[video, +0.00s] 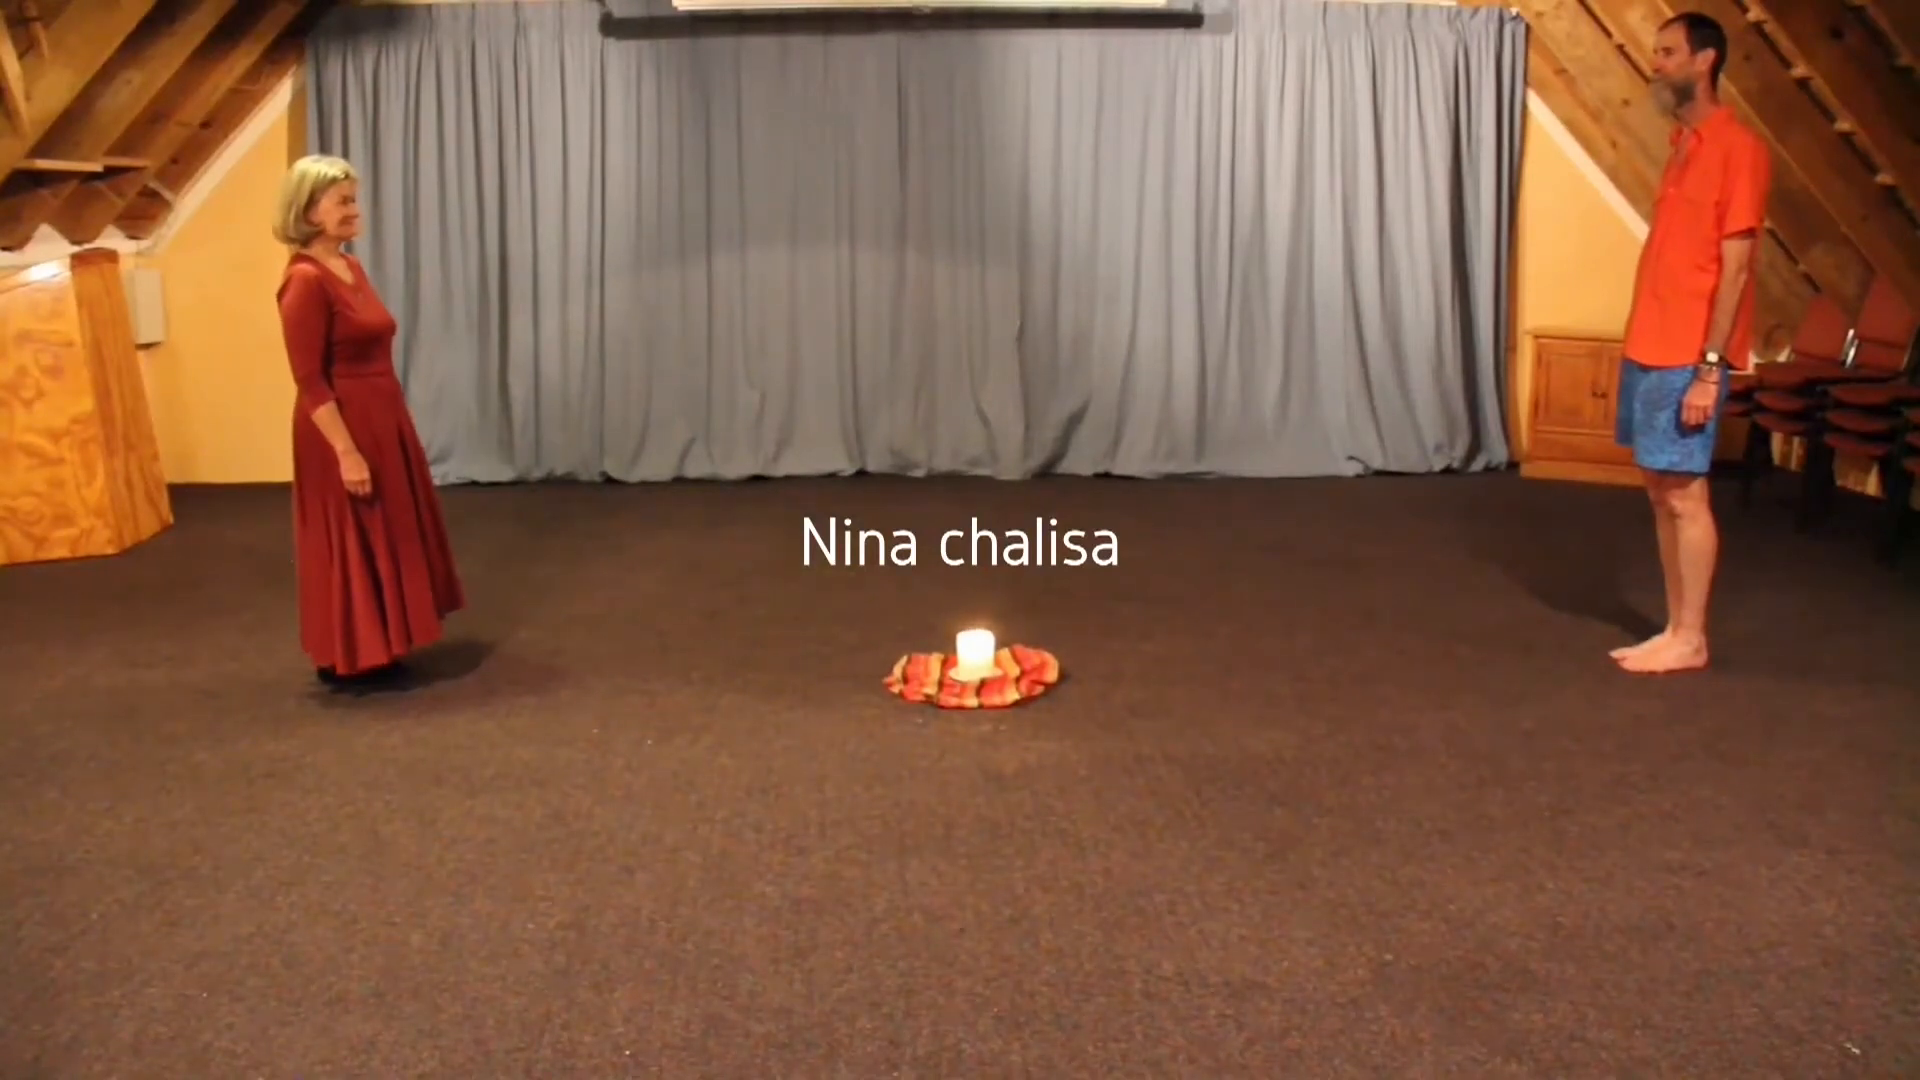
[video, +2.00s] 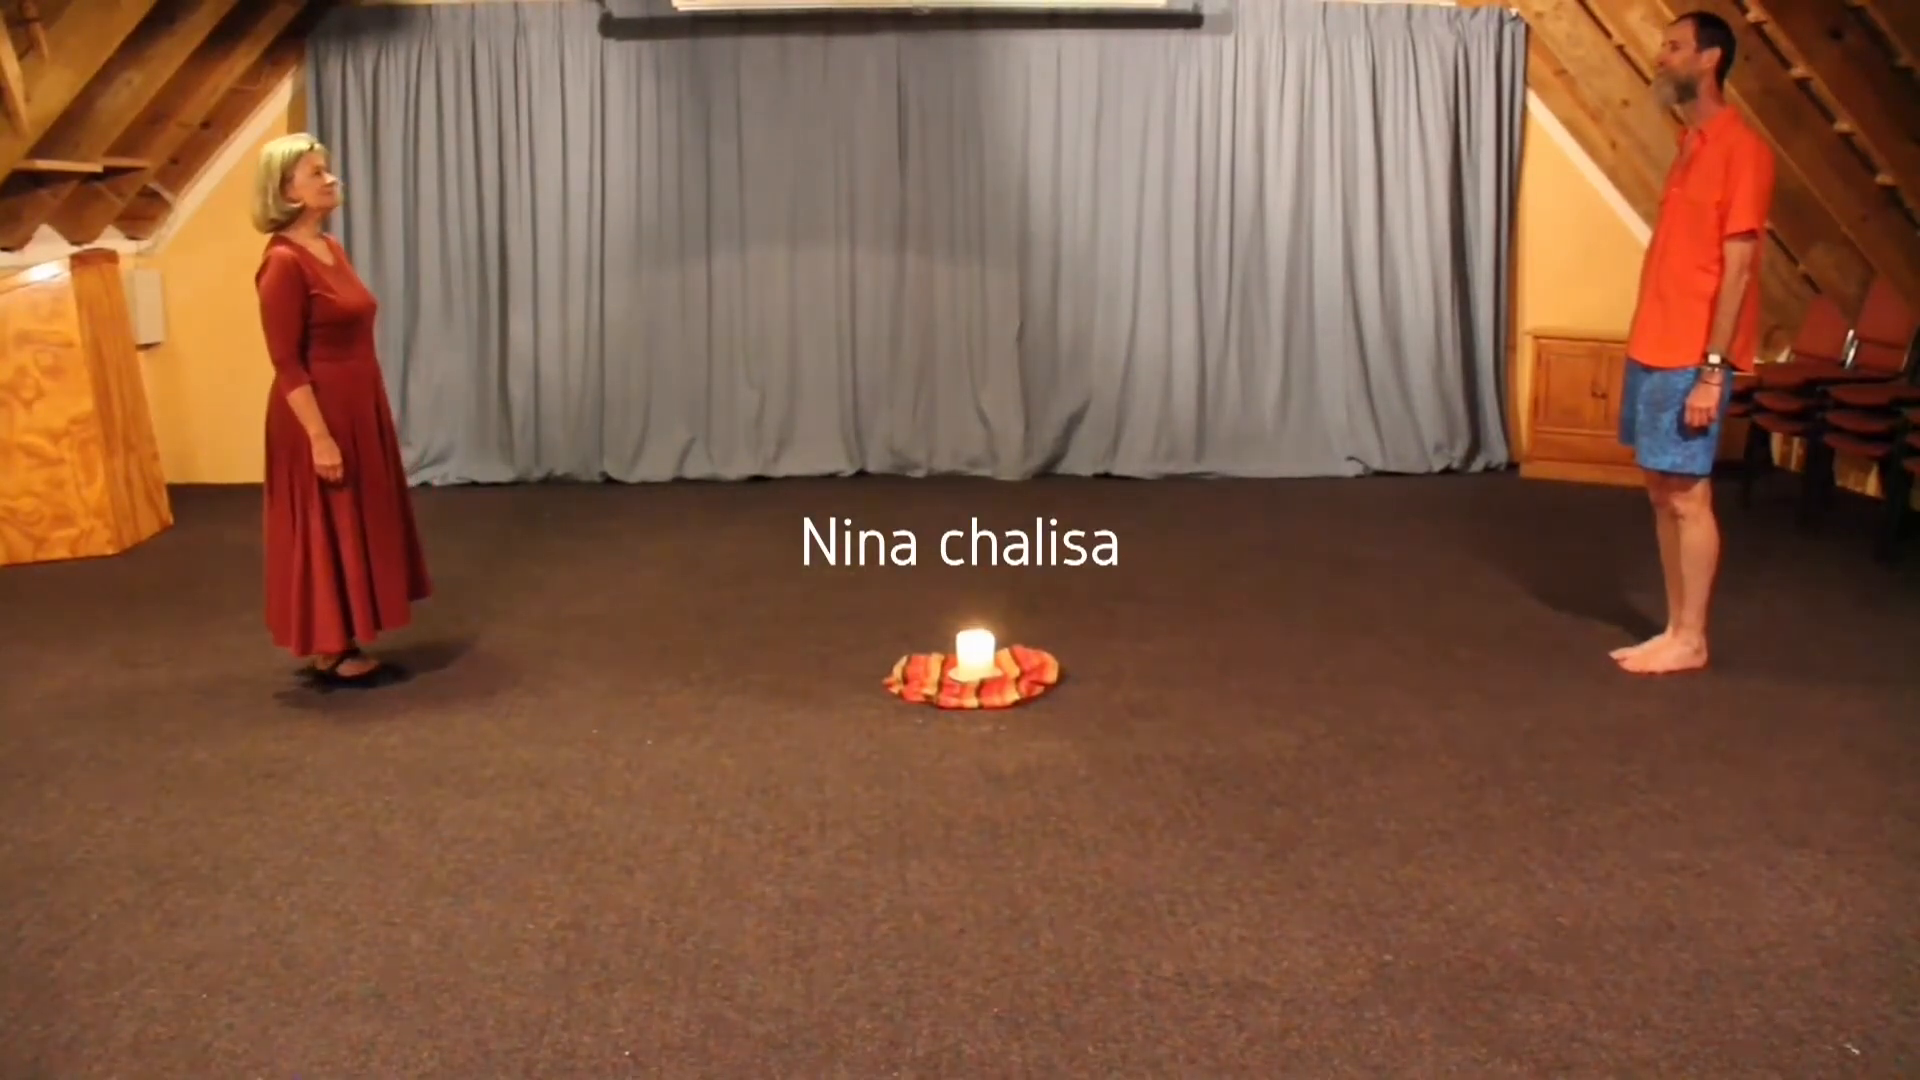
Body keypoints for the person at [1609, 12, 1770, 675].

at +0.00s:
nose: (1654, 64)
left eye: (1666, 53)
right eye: (1655, 53)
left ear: (1705, 60)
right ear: (1688, 61)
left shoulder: (1739, 144)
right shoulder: (1687, 143)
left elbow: (1737, 265)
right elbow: (1676, 255)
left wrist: (1712, 365)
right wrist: (1647, 347)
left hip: (1689, 359)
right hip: (1652, 353)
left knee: (1686, 498)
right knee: (1663, 495)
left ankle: (1691, 638)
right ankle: (1677, 629)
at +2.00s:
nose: (1661, 57)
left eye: (1674, 46)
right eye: (1663, 45)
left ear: (1711, 58)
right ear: (1695, 59)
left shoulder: (1743, 146)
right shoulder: (1695, 143)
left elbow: (1740, 266)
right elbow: (1684, 256)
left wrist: (1715, 366)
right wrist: (1651, 347)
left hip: (1693, 359)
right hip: (1656, 353)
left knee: (1688, 499)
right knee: (1663, 495)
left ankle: (1692, 639)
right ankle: (1677, 630)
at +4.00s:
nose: (1655, 58)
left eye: (1668, 47)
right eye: (1657, 46)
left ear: (1706, 59)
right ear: (1689, 60)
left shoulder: (1737, 145)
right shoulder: (1690, 143)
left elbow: (1734, 262)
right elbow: (1685, 257)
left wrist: (1723, 368)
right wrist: (1653, 347)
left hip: (1691, 358)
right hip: (1654, 352)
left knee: (1687, 498)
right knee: (1662, 494)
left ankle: (1691, 639)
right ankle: (1677, 631)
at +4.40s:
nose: (1656, 56)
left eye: (1670, 45)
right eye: (1658, 44)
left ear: (1708, 58)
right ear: (1688, 60)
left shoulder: (1738, 144)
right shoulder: (1690, 142)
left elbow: (1735, 260)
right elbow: (1684, 255)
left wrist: (1727, 368)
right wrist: (1651, 345)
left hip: (1691, 357)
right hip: (1653, 351)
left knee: (1686, 496)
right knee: (1660, 492)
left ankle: (1692, 639)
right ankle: (1677, 630)